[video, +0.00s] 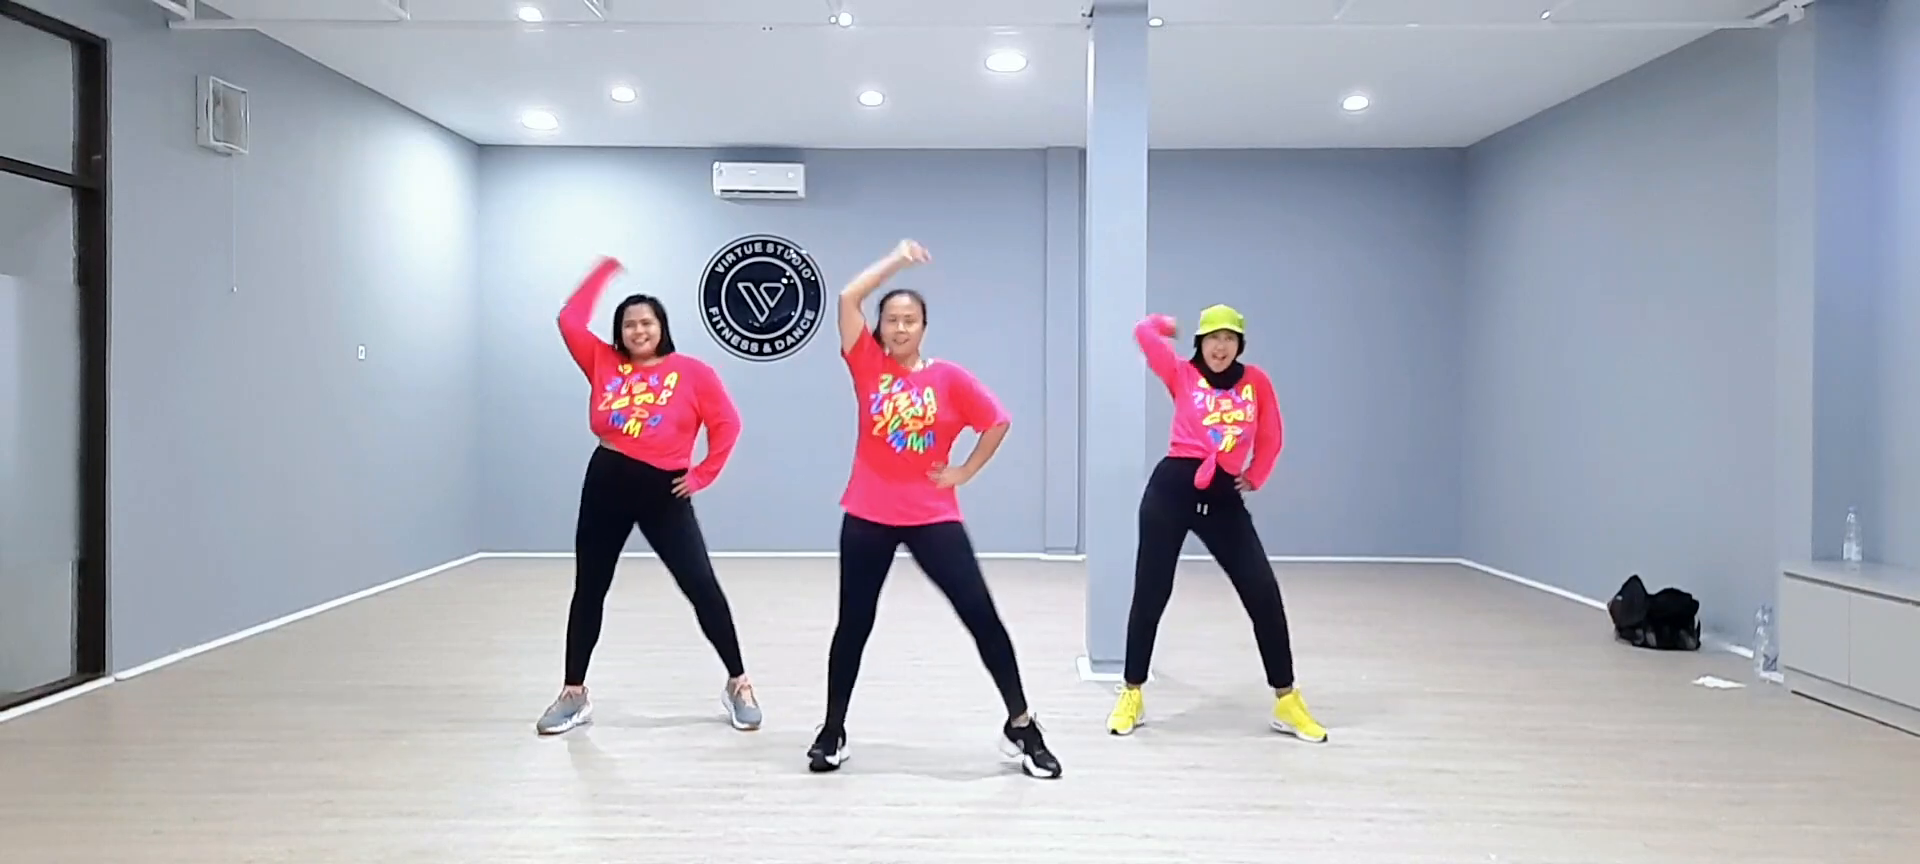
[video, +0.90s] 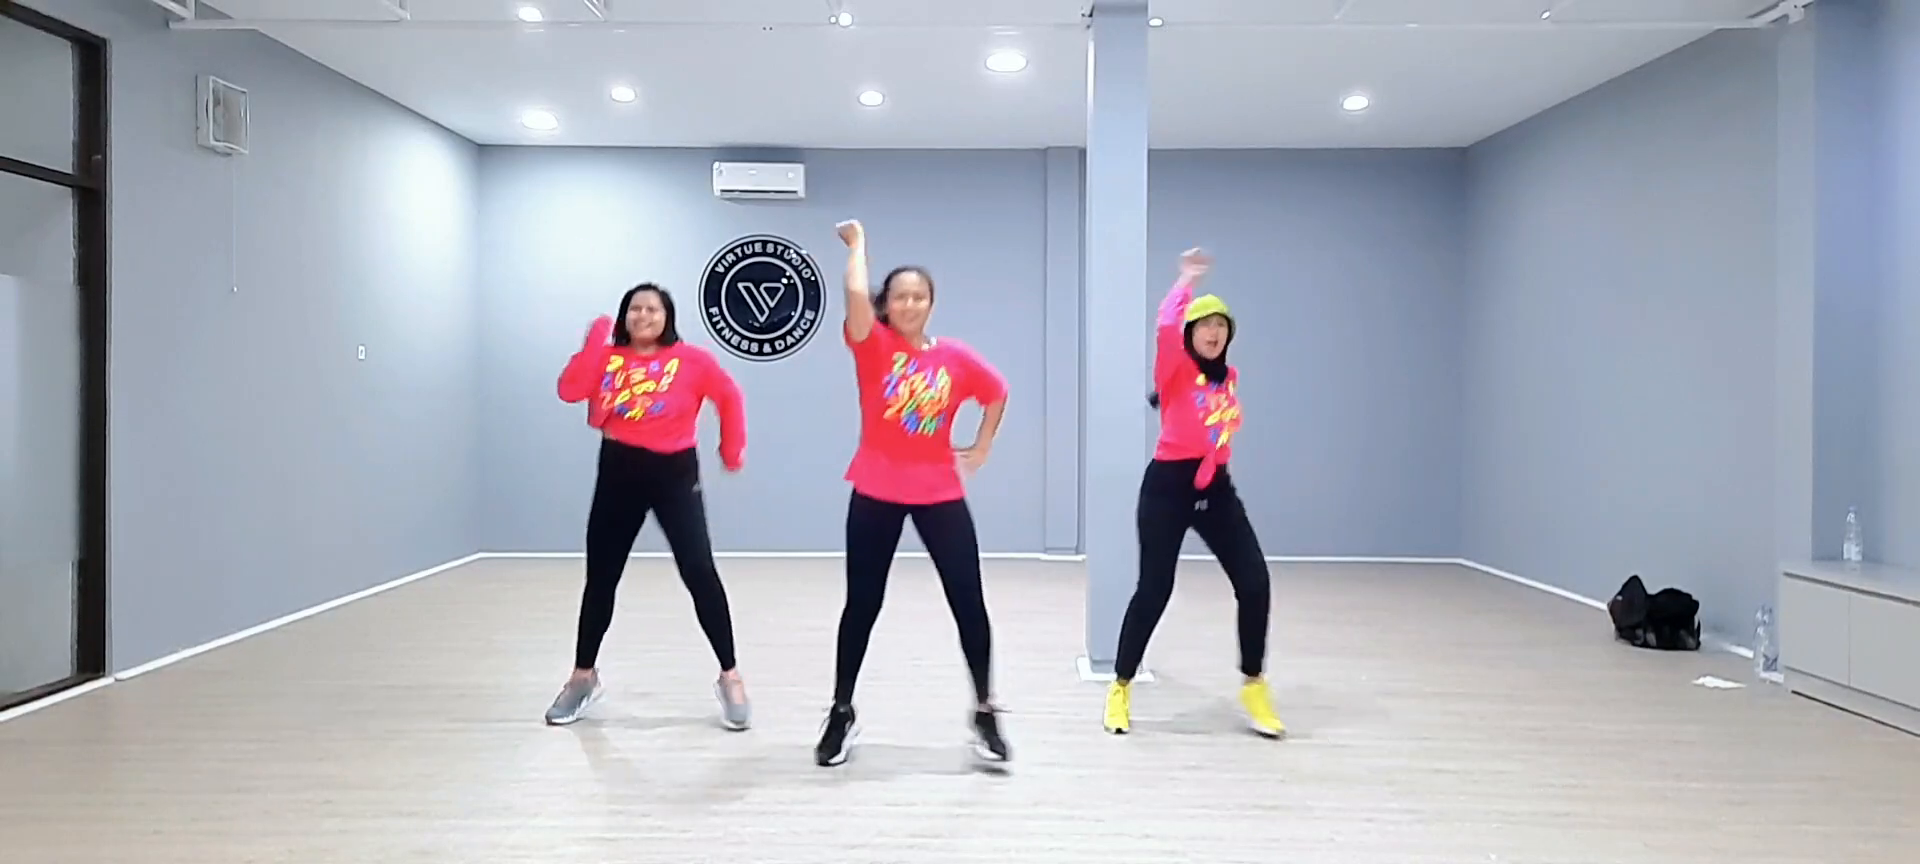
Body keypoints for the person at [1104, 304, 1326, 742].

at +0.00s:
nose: (1220, 347)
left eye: (1228, 339)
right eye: (1213, 338)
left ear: (1239, 344)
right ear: (1200, 342)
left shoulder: (1255, 381)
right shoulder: (1181, 375)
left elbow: (1271, 437)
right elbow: (1145, 337)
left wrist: (1252, 479)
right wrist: (1158, 324)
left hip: (1221, 497)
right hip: (1171, 490)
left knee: (1264, 593)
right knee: (1151, 593)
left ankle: (1286, 699)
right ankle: (1131, 694)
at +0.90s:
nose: (1213, 334)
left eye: (1220, 327)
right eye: (1205, 326)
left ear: (1229, 335)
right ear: (1188, 334)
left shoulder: (1226, 377)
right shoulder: (1176, 373)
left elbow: (1221, 427)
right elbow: (1167, 327)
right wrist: (1185, 283)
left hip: (1213, 483)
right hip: (1167, 484)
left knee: (1254, 581)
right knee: (1154, 588)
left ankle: (1254, 685)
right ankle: (1120, 687)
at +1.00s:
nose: (1228, 321)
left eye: (1233, 312)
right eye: (1220, 313)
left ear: (1238, 320)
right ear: (1201, 318)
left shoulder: (1233, 360)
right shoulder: (1183, 357)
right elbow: (1182, 341)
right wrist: (1220, 321)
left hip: (1233, 475)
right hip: (1185, 474)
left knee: (1241, 583)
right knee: (1169, 581)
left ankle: (1224, 687)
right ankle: (1126, 680)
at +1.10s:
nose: (1240, 327)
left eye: (1247, 319)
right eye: (1231, 319)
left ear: (1254, 327)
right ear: (1215, 325)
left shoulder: (1253, 376)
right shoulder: (1198, 364)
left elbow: (1248, 433)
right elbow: (1181, 414)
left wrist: (1268, 466)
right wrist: (1233, 414)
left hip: (1243, 490)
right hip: (1197, 487)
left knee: (1236, 597)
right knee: (1187, 591)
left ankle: (1219, 695)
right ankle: (1146, 692)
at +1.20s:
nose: (1251, 341)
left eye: (1258, 334)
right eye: (1243, 334)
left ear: (1266, 341)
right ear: (1227, 340)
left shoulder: (1270, 394)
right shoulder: (1207, 385)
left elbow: (1271, 457)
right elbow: (1188, 447)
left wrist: (1299, 463)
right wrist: (1228, 473)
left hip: (1255, 507)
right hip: (1207, 503)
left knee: (1245, 603)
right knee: (1209, 597)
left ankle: (1221, 696)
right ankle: (1186, 705)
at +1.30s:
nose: (1255, 337)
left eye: (1262, 330)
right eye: (1246, 330)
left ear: (1273, 337)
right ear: (1232, 336)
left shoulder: (1285, 389)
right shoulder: (1210, 381)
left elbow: (1318, 440)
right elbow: (1168, 432)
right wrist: (1190, 467)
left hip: (1266, 497)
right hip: (1220, 494)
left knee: (1255, 597)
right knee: (1232, 593)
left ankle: (1223, 691)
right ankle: (1229, 699)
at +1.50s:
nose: (1260, 348)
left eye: (1268, 340)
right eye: (1251, 340)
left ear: (1281, 346)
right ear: (1238, 347)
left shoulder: (1302, 384)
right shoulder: (1224, 392)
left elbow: (1370, 389)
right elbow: (1171, 434)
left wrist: (1336, 410)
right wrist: (1187, 450)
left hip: (1291, 505)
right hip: (1246, 505)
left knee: (1283, 610)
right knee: (1285, 613)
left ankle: (1237, 679)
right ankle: (1283, 754)